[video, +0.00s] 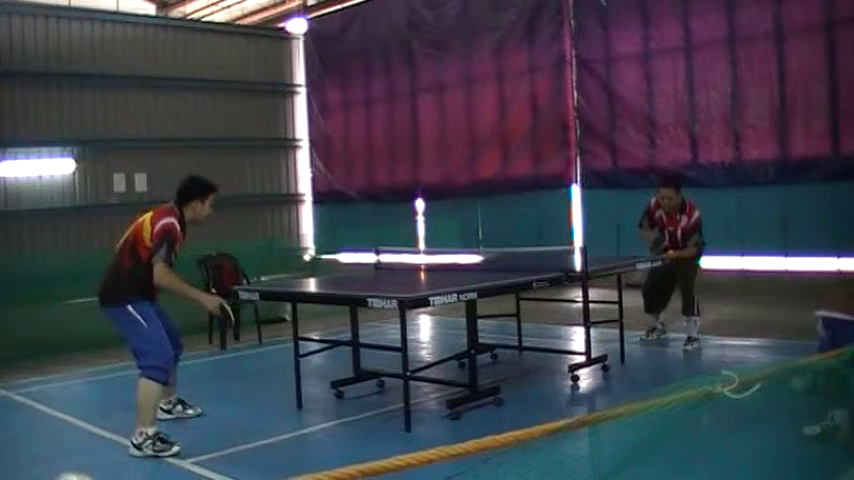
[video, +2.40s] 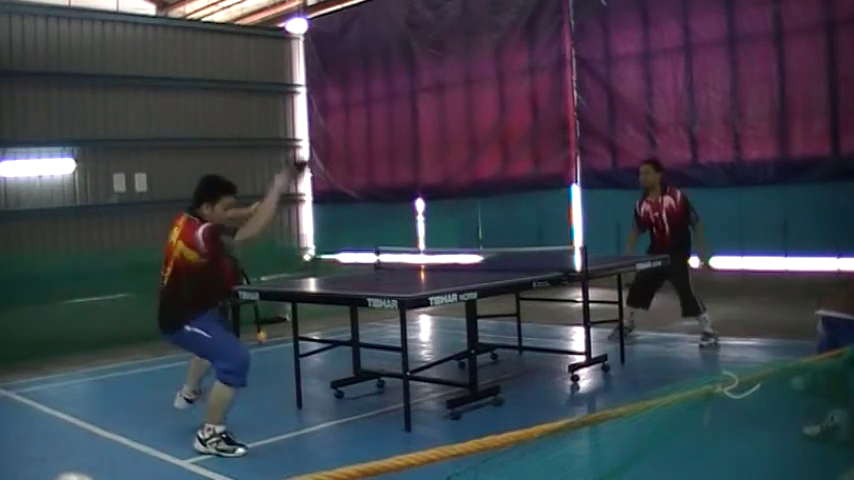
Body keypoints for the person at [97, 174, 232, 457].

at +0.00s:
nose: (210, 211)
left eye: (211, 205)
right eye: (209, 205)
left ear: (190, 201)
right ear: (194, 203)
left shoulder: (167, 216)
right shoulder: (168, 224)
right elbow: (160, 275)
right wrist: (202, 298)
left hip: (139, 295)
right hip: (123, 297)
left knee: (172, 347)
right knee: (157, 356)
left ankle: (167, 403)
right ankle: (143, 435)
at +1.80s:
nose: (197, 190)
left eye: (197, 184)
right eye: (193, 184)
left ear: (179, 185)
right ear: (176, 184)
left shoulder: (188, 215)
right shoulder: (146, 219)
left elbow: (202, 244)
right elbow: (135, 270)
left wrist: (217, 269)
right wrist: (175, 292)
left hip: (176, 294)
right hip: (149, 295)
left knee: (188, 348)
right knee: (174, 350)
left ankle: (158, 404)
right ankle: (160, 427)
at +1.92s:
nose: (200, 204)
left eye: (200, 198)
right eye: (196, 199)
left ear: (186, 201)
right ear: (176, 202)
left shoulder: (204, 226)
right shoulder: (144, 231)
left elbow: (229, 257)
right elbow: (118, 273)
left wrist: (231, 269)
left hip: (184, 302)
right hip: (153, 304)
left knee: (196, 355)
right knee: (185, 356)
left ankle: (156, 403)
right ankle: (195, 430)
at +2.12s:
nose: (209, 227)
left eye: (208, 221)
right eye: (203, 222)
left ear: (187, 228)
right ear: (183, 228)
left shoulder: (218, 242)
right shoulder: (155, 254)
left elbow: (255, 255)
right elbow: (122, 292)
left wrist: (275, 268)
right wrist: (106, 332)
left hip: (201, 315)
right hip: (171, 316)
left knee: (197, 366)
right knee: (206, 362)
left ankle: (157, 405)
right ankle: (206, 434)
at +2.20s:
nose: (215, 226)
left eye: (214, 219)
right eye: (209, 221)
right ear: (189, 228)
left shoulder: (222, 237)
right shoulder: (164, 256)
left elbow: (262, 239)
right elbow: (135, 297)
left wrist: (292, 262)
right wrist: (118, 338)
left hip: (206, 313)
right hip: (176, 316)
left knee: (199, 363)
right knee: (216, 354)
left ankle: (160, 400)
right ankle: (208, 434)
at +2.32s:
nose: (225, 216)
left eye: (226, 210)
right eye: (219, 211)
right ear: (199, 214)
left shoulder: (209, 221)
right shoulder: (187, 246)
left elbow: (232, 211)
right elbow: (193, 292)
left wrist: (262, 222)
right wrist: (233, 295)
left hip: (199, 306)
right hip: (179, 313)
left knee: (215, 345)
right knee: (229, 354)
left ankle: (179, 390)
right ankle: (210, 432)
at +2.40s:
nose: (229, 213)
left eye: (231, 207)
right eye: (225, 207)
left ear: (204, 206)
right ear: (207, 207)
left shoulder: (186, 221)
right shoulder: (205, 234)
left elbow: (223, 216)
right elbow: (250, 232)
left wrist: (252, 210)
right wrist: (277, 189)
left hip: (182, 310)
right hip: (184, 320)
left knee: (218, 337)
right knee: (235, 358)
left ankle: (190, 391)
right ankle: (211, 433)